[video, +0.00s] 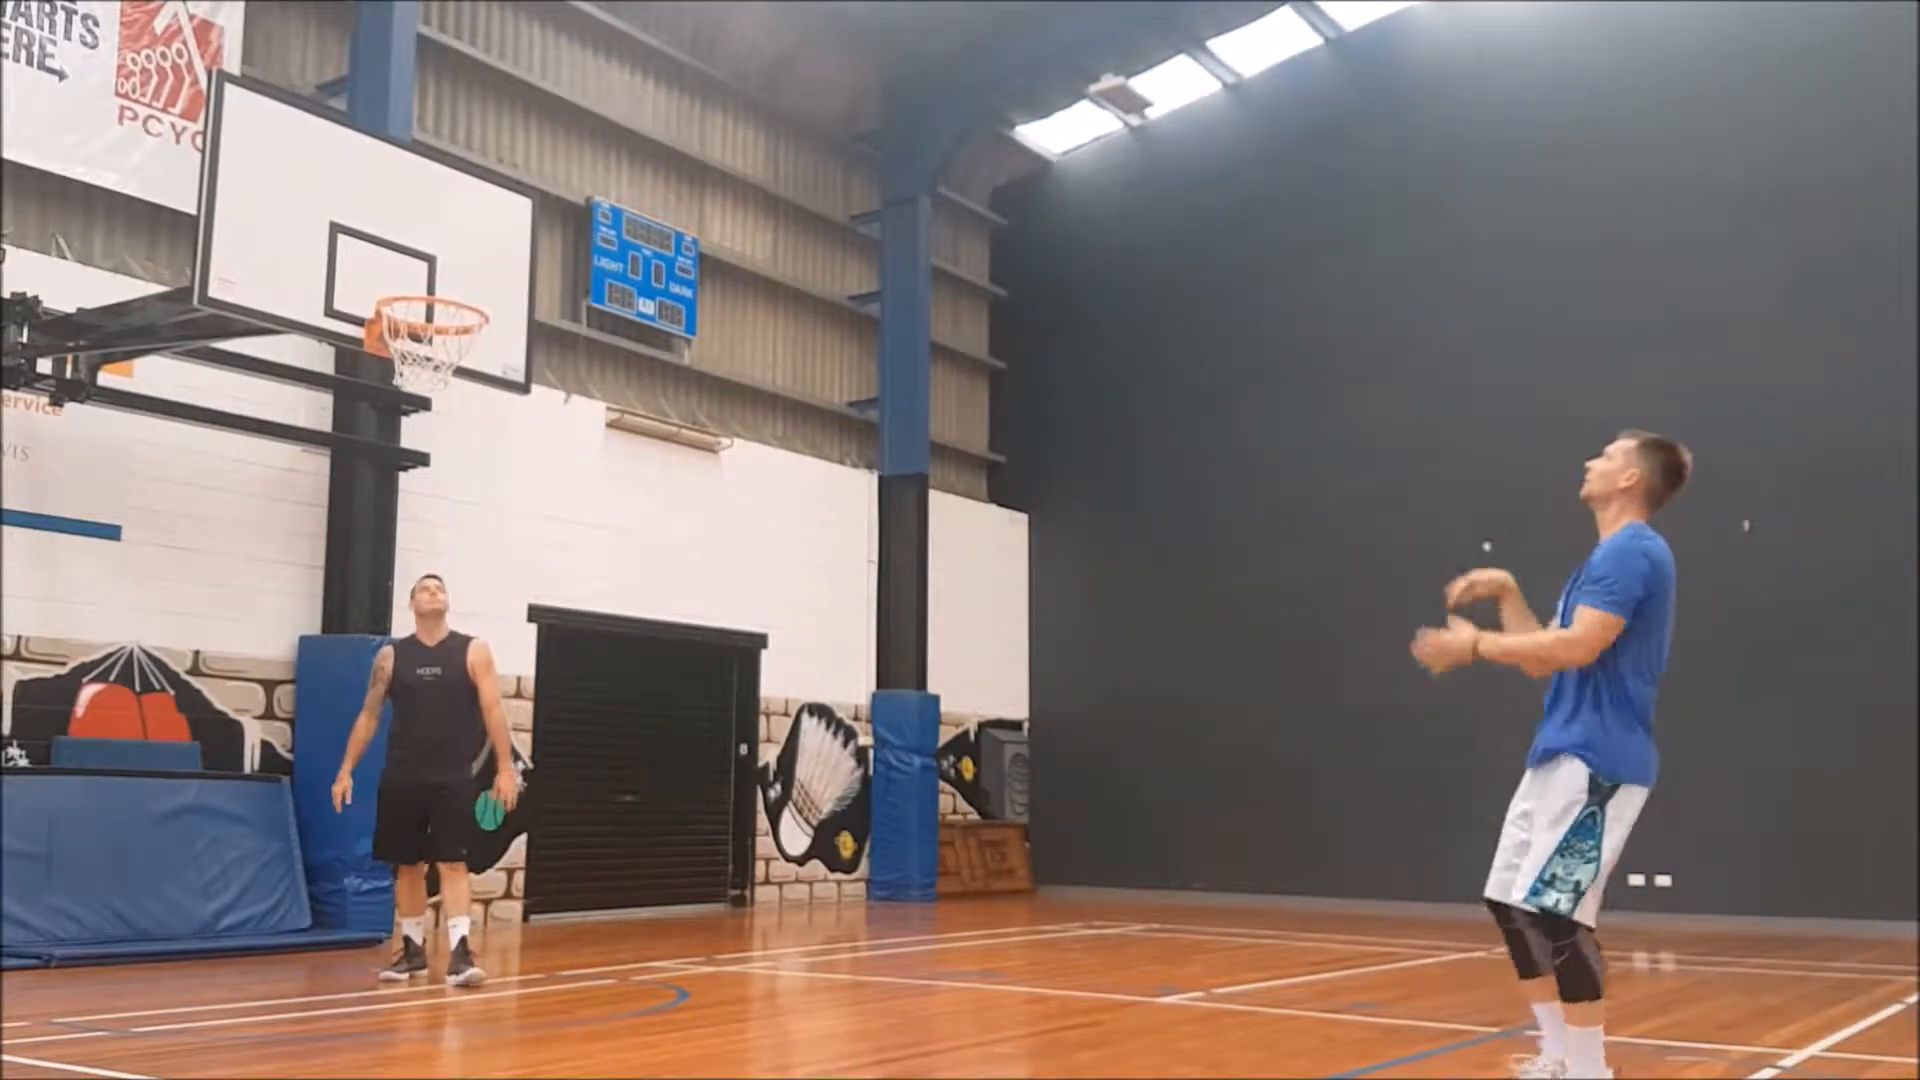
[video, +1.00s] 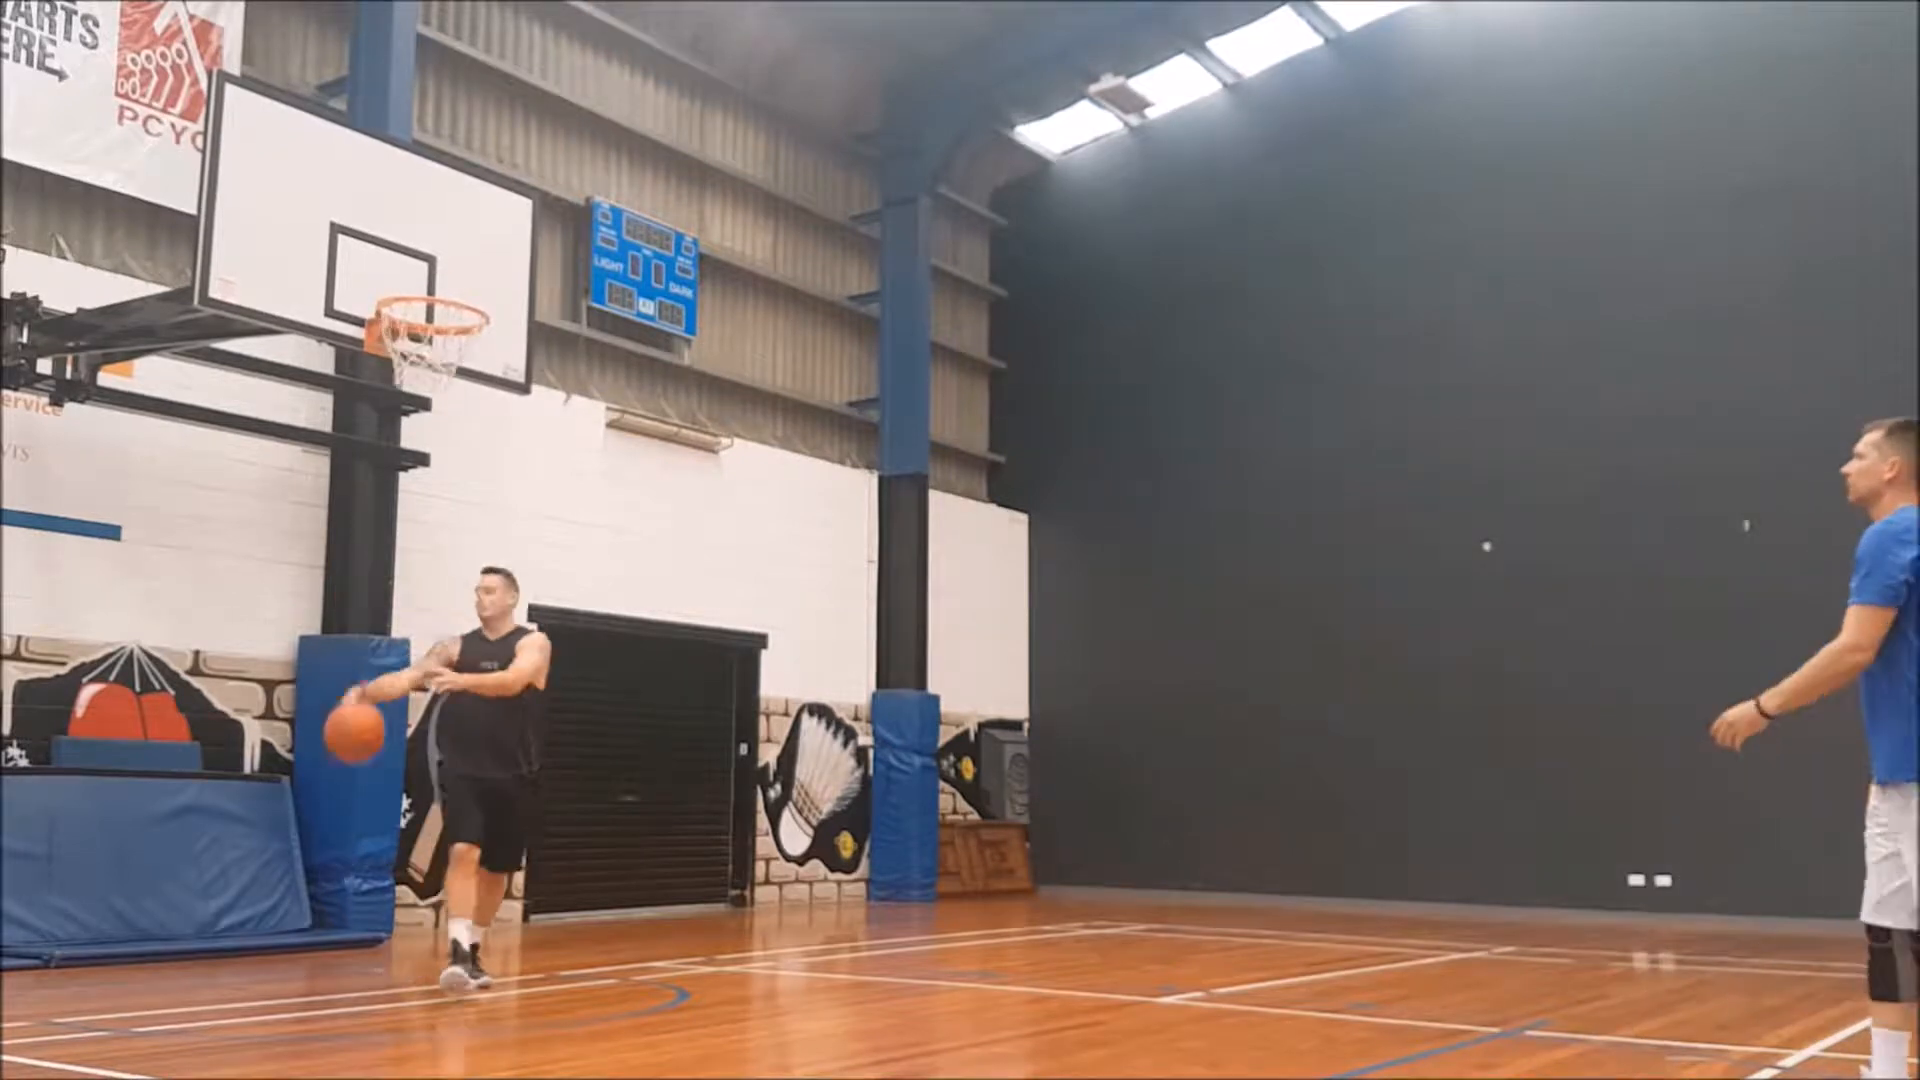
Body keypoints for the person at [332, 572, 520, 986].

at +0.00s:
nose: (433, 593)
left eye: (439, 589)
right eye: (425, 590)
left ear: (449, 603)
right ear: (411, 605)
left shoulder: (474, 651)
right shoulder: (391, 655)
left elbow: (493, 711)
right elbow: (369, 716)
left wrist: (505, 768)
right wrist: (346, 770)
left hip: (453, 776)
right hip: (402, 777)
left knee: (452, 862)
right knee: (408, 864)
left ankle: (460, 954)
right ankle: (413, 952)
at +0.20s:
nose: (432, 591)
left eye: (438, 588)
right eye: (424, 589)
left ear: (450, 603)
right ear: (413, 606)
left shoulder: (476, 651)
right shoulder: (395, 656)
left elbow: (495, 711)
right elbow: (377, 719)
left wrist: (508, 764)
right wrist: (361, 772)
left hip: (457, 776)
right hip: (406, 776)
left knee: (456, 861)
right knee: (410, 864)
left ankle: (461, 955)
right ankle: (412, 951)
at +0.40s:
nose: (438, 591)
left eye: (445, 588)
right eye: (430, 589)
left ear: (457, 605)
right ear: (419, 608)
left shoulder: (483, 652)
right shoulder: (402, 658)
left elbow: (502, 708)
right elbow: (387, 715)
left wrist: (512, 751)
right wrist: (378, 760)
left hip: (466, 776)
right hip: (413, 777)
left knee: (466, 859)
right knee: (412, 865)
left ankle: (462, 955)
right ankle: (413, 951)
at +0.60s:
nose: (459, 588)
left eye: (467, 587)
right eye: (452, 587)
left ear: (479, 607)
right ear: (442, 606)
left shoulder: (499, 651)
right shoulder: (420, 655)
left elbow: (532, 701)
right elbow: (392, 715)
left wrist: (517, 711)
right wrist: (381, 698)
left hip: (480, 771)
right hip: (427, 769)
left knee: (482, 862)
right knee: (417, 862)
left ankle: (463, 957)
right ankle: (413, 947)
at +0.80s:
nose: (477, 582)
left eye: (487, 579)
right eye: (471, 580)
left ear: (503, 599)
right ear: (464, 600)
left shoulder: (520, 642)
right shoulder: (440, 642)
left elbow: (532, 688)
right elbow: (390, 681)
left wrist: (507, 672)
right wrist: (371, 632)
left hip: (494, 769)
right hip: (438, 765)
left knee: (487, 864)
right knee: (431, 856)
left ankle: (464, 956)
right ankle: (425, 936)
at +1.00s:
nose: (480, 598)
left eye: (489, 591)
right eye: (478, 592)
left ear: (512, 597)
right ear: (476, 599)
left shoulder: (533, 642)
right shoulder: (456, 646)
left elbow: (514, 680)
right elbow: (410, 677)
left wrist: (462, 681)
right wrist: (367, 692)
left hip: (512, 774)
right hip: (462, 771)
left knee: (496, 868)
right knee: (465, 851)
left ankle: (473, 953)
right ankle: (459, 957)